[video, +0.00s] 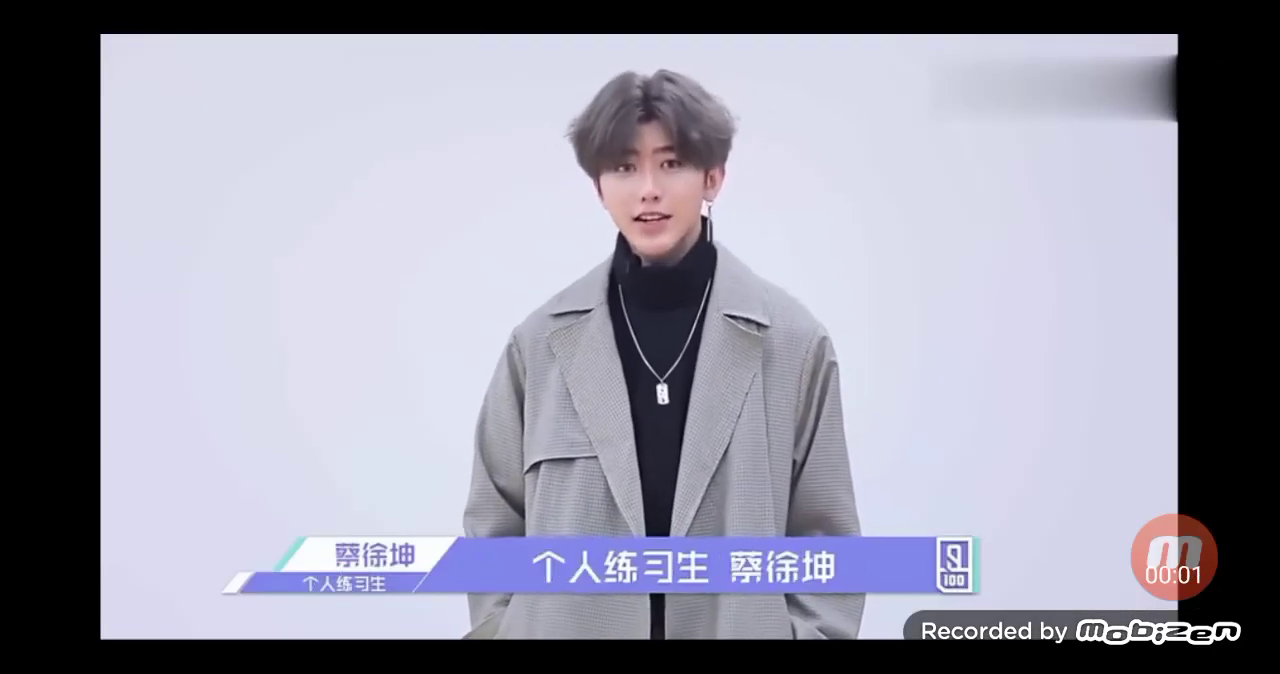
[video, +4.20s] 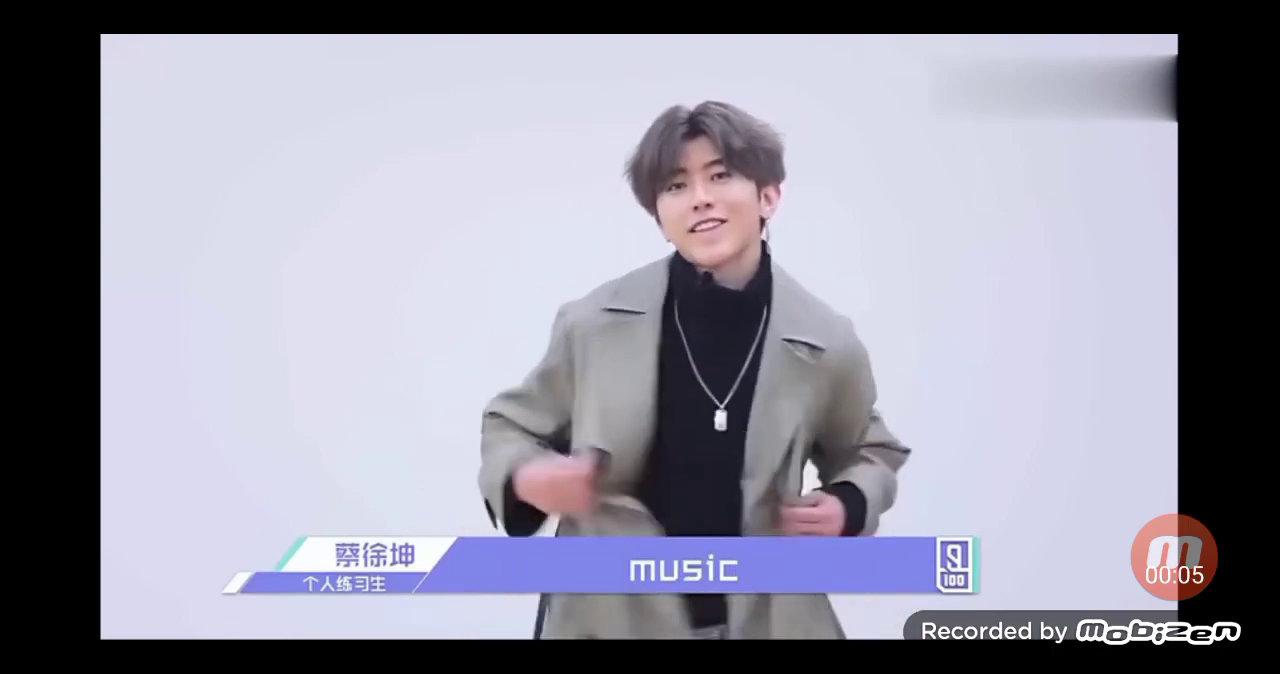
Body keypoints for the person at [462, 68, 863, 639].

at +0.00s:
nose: (649, 190)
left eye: (672, 164)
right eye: (625, 167)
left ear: (712, 180)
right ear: (599, 185)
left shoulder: (795, 341)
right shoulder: (535, 345)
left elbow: (830, 538)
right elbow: (490, 525)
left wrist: (809, 631)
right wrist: (500, 627)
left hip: (737, 630)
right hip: (569, 630)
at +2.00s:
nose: (595, 185)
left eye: (618, 164)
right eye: (572, 163)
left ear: (655, 188)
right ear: (542, 186)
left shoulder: (746, 333)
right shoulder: (489, 359)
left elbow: (791, 530)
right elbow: (455, 542)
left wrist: (776, 630)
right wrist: (476, 628)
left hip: (704, 629)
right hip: (541, 631)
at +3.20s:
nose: (677, 190)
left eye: (697, 163)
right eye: (652, 172)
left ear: (745, 178)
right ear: (633, 198)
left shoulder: (831, 349)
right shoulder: (567, 343)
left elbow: (862, 544)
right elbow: (465, 449)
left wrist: (843, 628)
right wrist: (496, 585)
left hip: (774, 624)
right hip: (605, 625)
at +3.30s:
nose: (698, 195)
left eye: (718, 168)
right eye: (673, 178)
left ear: (764, 181)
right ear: (652, 201)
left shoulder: (850, 358)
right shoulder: (581, 334)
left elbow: (883, 551)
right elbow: (461, 413)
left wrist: (874, 629)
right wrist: (435, 538)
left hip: (784, 631)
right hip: (604, 629)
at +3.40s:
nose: (712, 198)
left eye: (731, 171)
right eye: (688, 182)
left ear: (777, 182)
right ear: (666, 205)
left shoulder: (854, 361)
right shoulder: (595, 336)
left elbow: (889, 554)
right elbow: (523, 474)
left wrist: (876, 627)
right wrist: (481, 459)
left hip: (789, 632)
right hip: (629, 629)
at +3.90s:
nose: (733, 196)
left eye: (752, 171)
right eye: (708, 181)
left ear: (799, 189)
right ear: (687, 206)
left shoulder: (853, 342)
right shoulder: (610, 332)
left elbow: (869, 476)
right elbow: (520, 444)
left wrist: (910, 553)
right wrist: (576, 501)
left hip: (812, 626)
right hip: (651, 622)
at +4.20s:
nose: (700, 198)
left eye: (721, 176)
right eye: (676, 185)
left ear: (768, 196)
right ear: (658, 213)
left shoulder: (824, 340)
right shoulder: (592, 324)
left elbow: (872, 453)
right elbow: (509, 426)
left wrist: (845, 504)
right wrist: (524, 476)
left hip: (765, 617)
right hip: (616, 616)